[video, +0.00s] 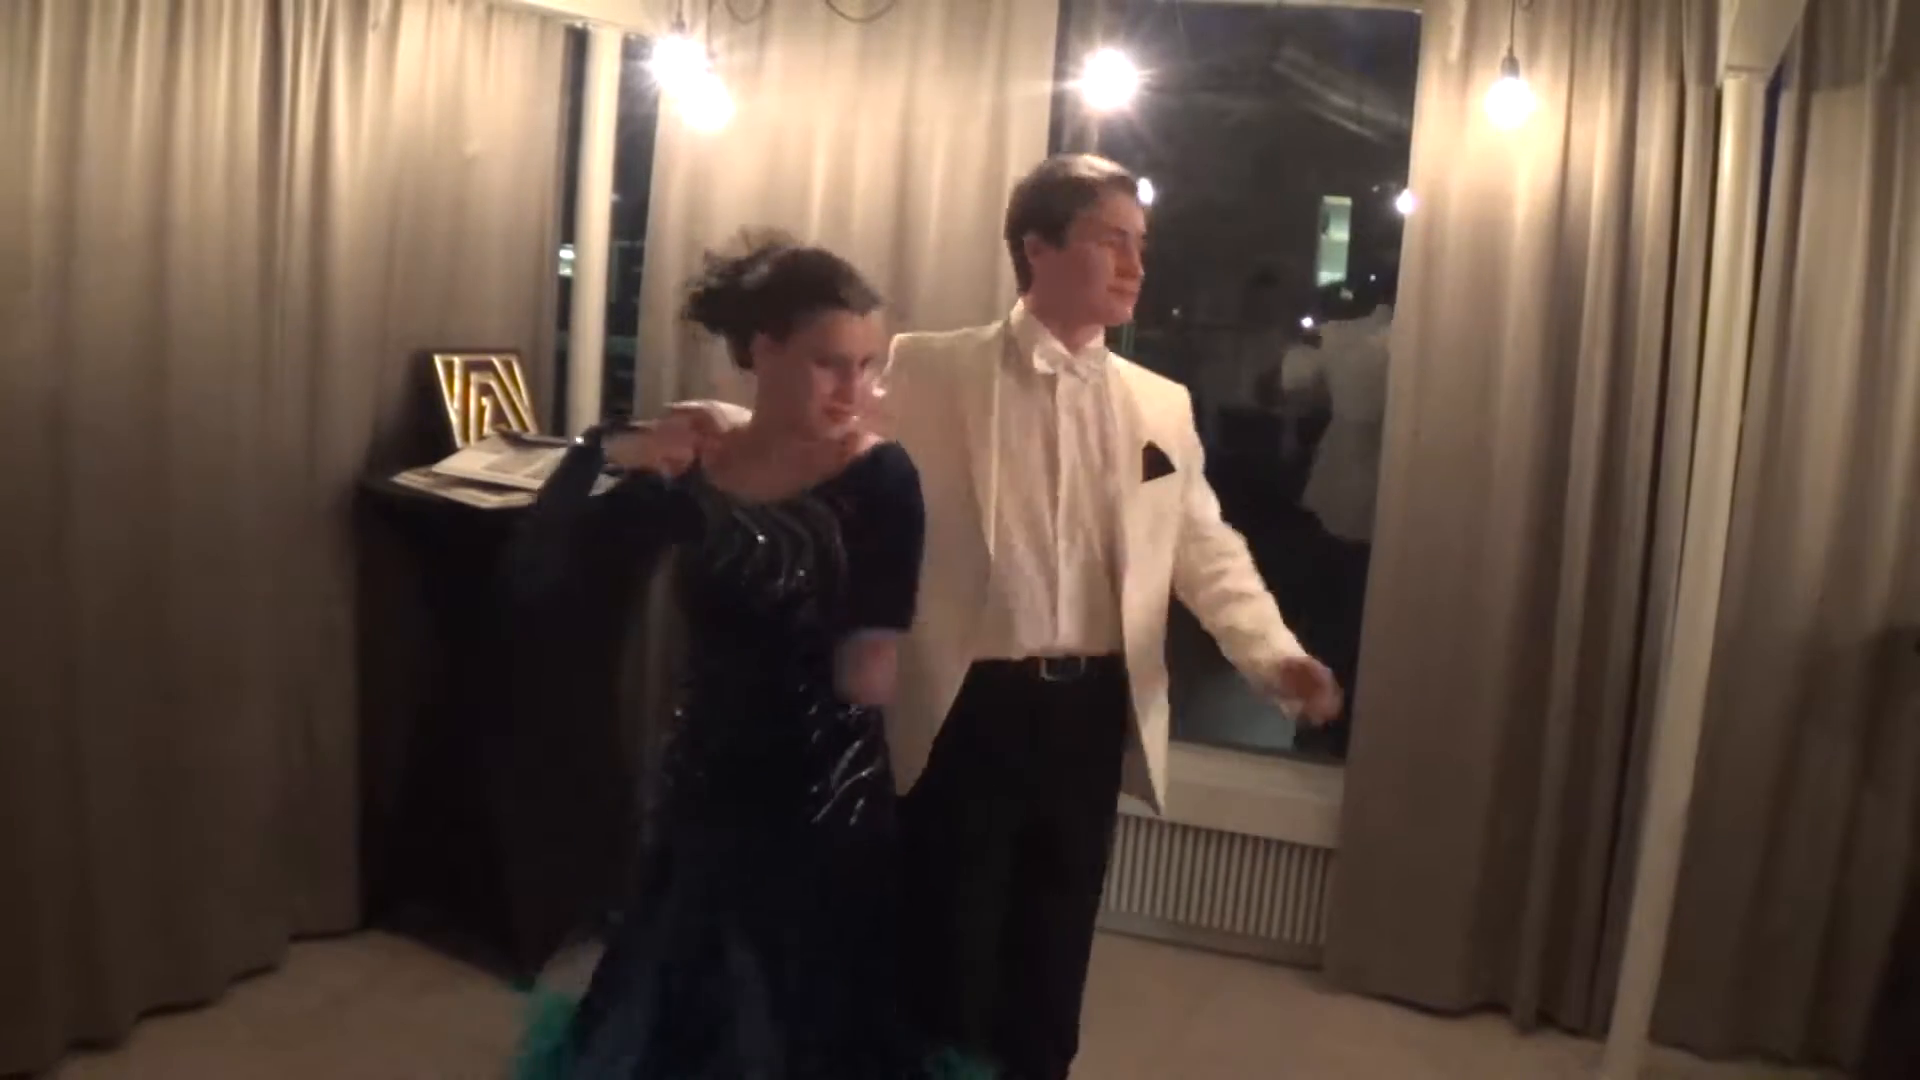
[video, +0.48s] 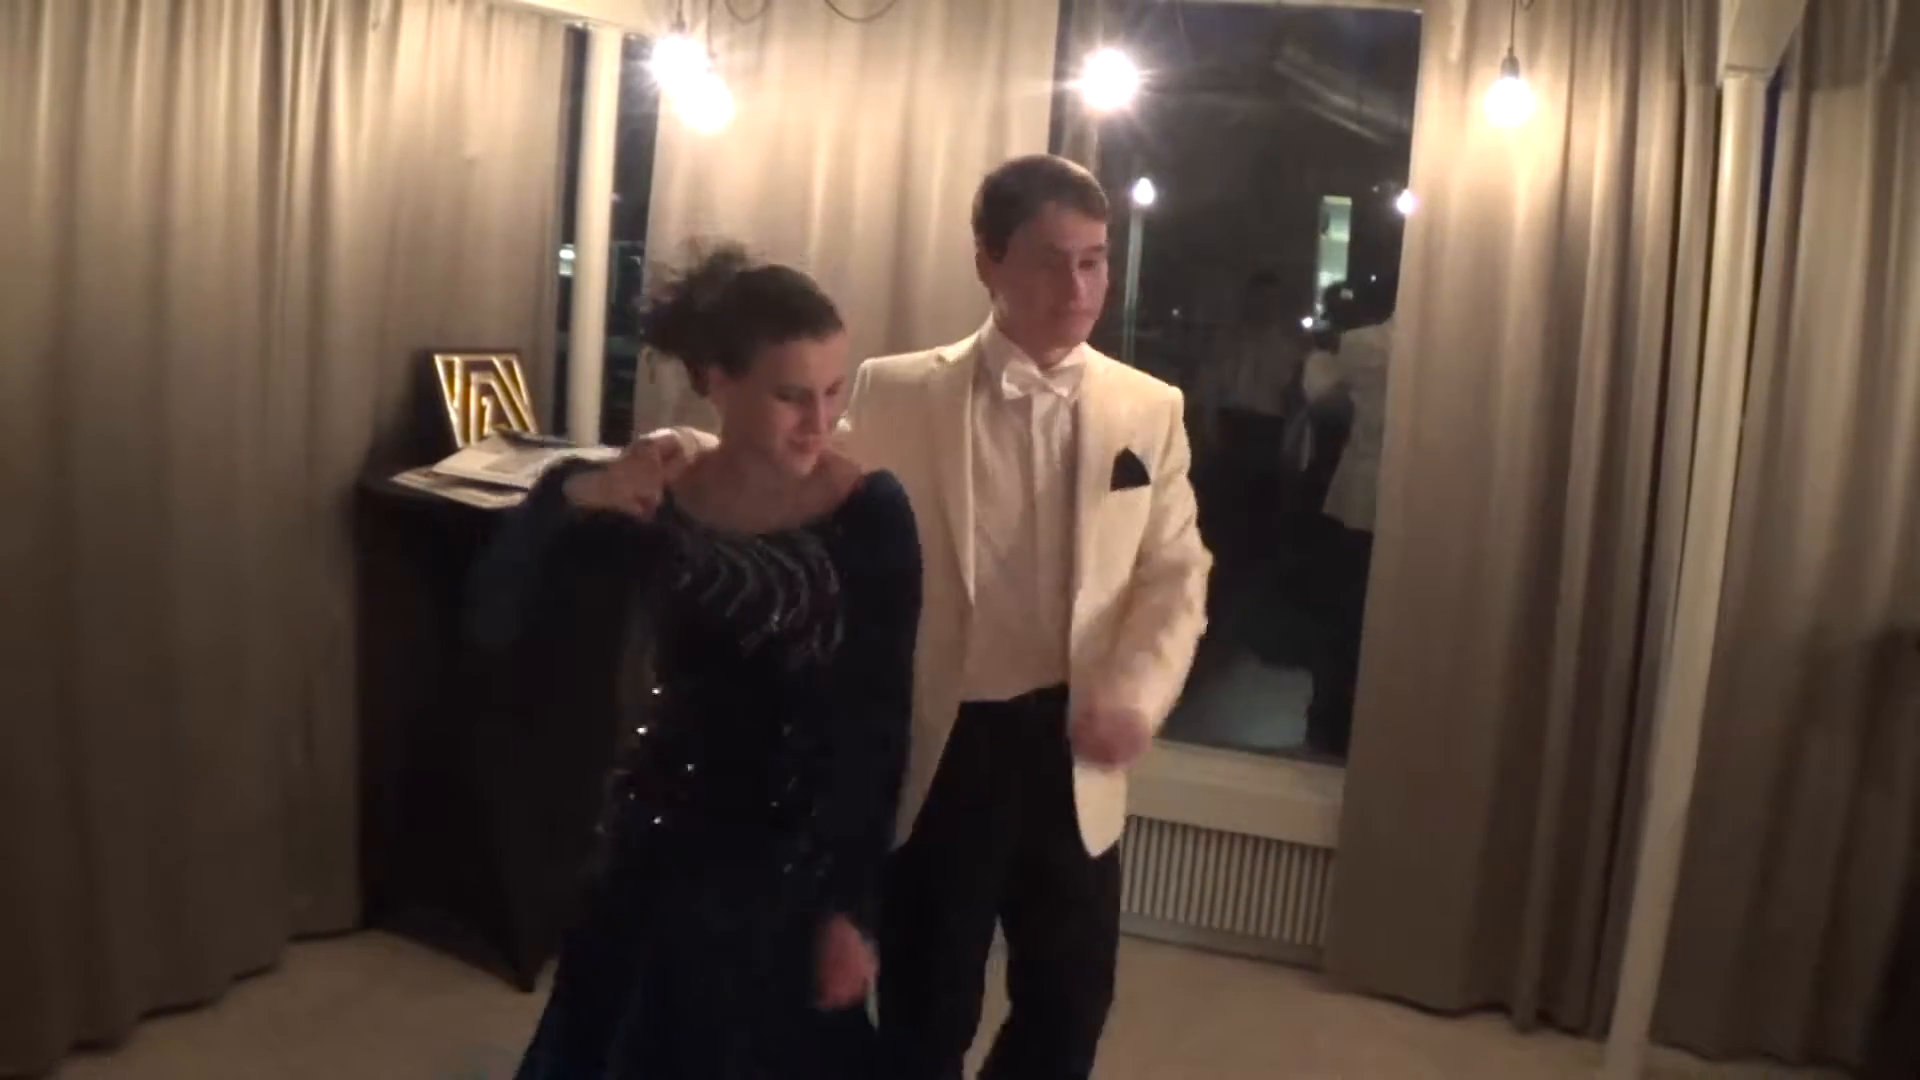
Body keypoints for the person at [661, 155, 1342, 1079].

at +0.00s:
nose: (1135, 264)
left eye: (1140, 245)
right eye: (1112, 240)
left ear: (1140, 262)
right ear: (1036, 250)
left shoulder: (1158, 407)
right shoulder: (922, 372)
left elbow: (1207, 552)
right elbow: (810, 446)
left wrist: (1275, 655)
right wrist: (715, 433)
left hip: (1091, 714)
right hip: (957, 708)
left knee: (1048, 966)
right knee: (939, 950)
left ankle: (1035, 1068)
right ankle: (928, 1067)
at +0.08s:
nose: (1124, 258)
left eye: (1131, 238)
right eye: (1100, 234)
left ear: (1139, 250)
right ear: (1027, 244)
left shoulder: (1163, 392)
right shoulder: (925, 365)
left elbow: (1214, 522)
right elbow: (823, 460)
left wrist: (1234, 590)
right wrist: (711, 429)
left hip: (1090, 706)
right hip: (953, 699)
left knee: (1047, 949)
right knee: (935, 937)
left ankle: (1032, 1069)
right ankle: (926, 1066)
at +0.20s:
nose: (1106, 266)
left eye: (1115, 244)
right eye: (1081, 243)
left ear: (1123, 254)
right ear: (1007, 253)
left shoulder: (1158, 389)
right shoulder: (911, 380)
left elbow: (1223, 505)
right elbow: (817, 474)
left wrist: (1195, 553)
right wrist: (711, 434)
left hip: (1083, 730)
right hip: (944, 728)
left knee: (1045, 992)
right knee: (929, 984)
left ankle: (1032, 1071)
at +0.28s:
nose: (1097, 268)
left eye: (1107, 244)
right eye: (1068, 245)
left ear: (1117, 251)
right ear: (996, 255)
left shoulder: (1154, 388)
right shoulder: (905, 380)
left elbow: (1215, 513)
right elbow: (816, 481)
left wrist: (1173, 551)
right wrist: (706, 437)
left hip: (1083, 735)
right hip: (944, 732)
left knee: (1046, 1006)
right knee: (931, 997)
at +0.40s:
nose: (1088, 274)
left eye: (1099, 250)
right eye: (1060, 251)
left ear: (1112, 253)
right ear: (991, 260)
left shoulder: (1150, 397)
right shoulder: (894, 383)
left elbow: (1196, 542)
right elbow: (803, 479)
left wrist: (1150, 616)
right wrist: (699, 444)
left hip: (1077, 741)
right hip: (936, 735)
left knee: (1043, 1017)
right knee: (922, 1010)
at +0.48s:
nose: (1080, 286)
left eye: (1094, 262)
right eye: (1055, 261)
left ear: (1109, 266)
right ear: (989, 266)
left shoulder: (1148, 413)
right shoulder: (889, 395)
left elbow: (1174, 580)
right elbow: (799, 487)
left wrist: (1136, 691)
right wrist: (692, 457)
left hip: (1074, 748)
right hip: (933, 744)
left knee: (1066, 1016)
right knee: (927, 1014)